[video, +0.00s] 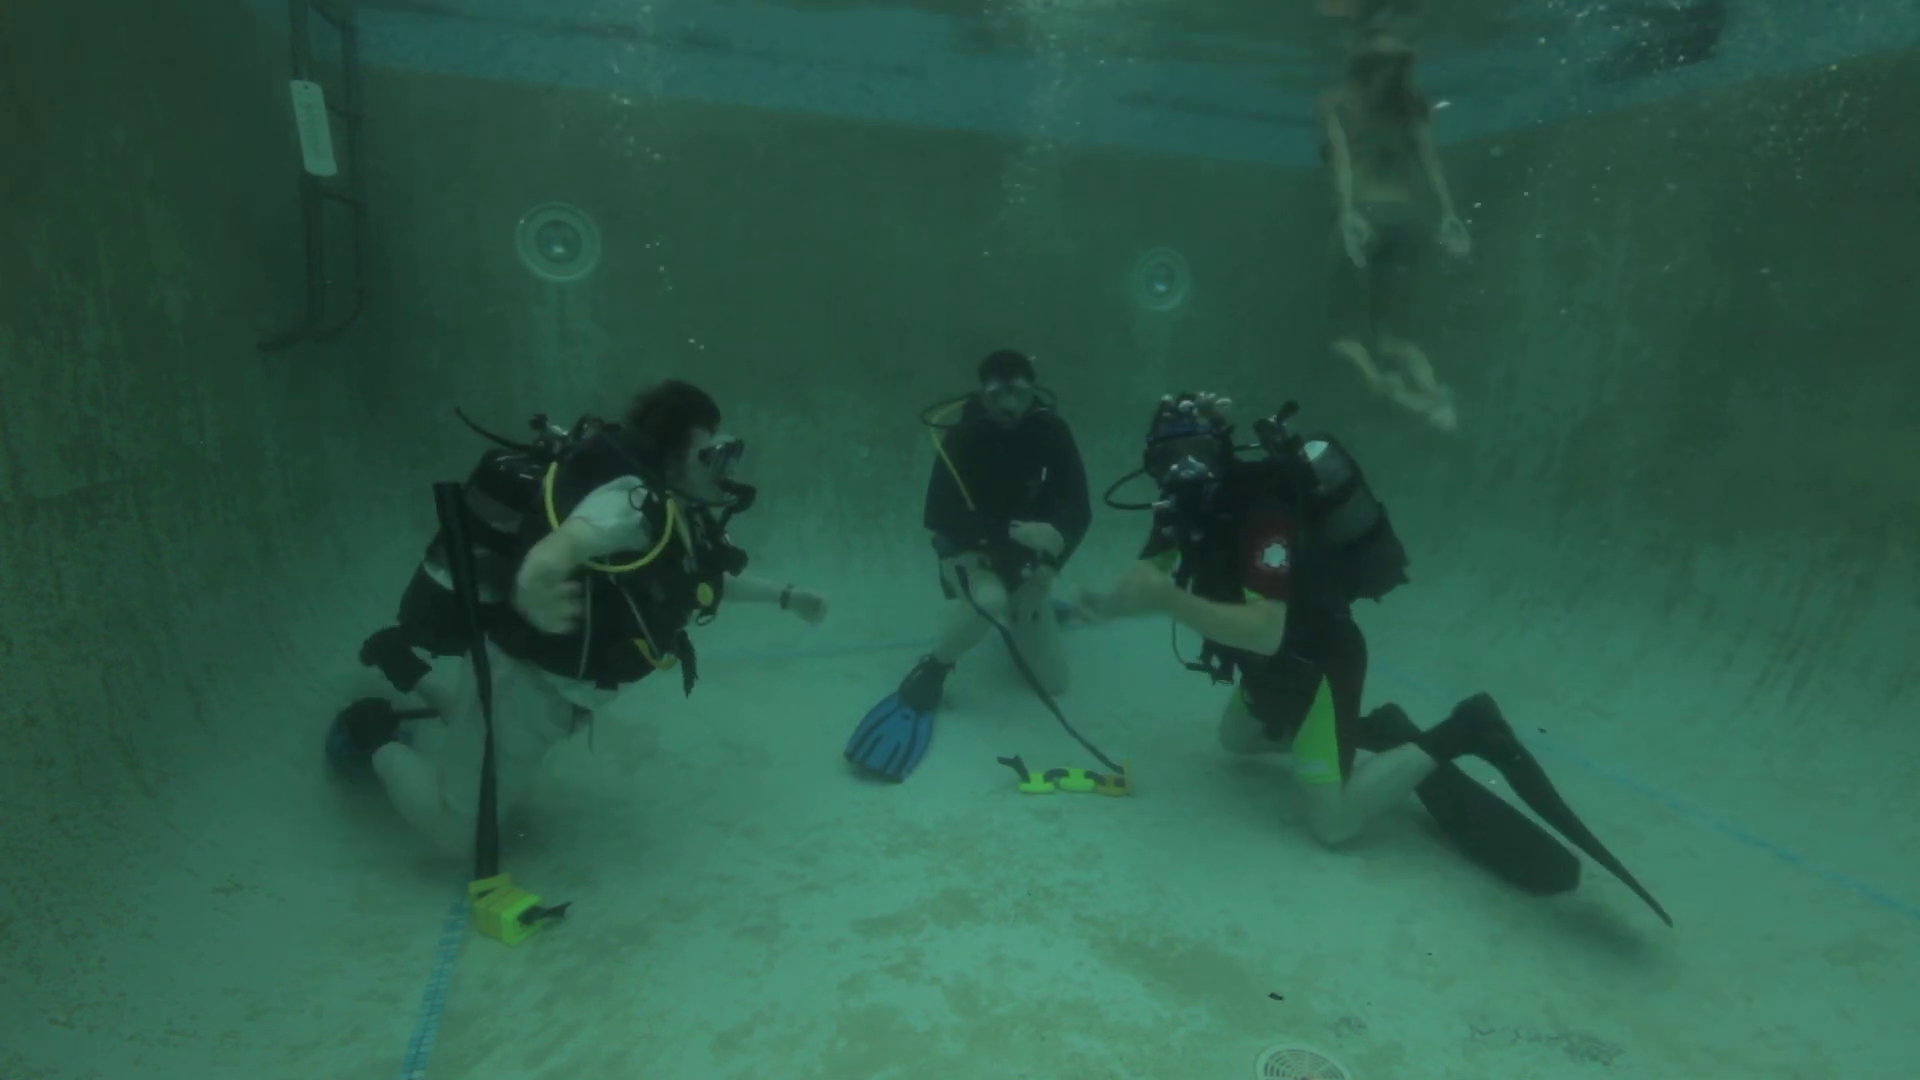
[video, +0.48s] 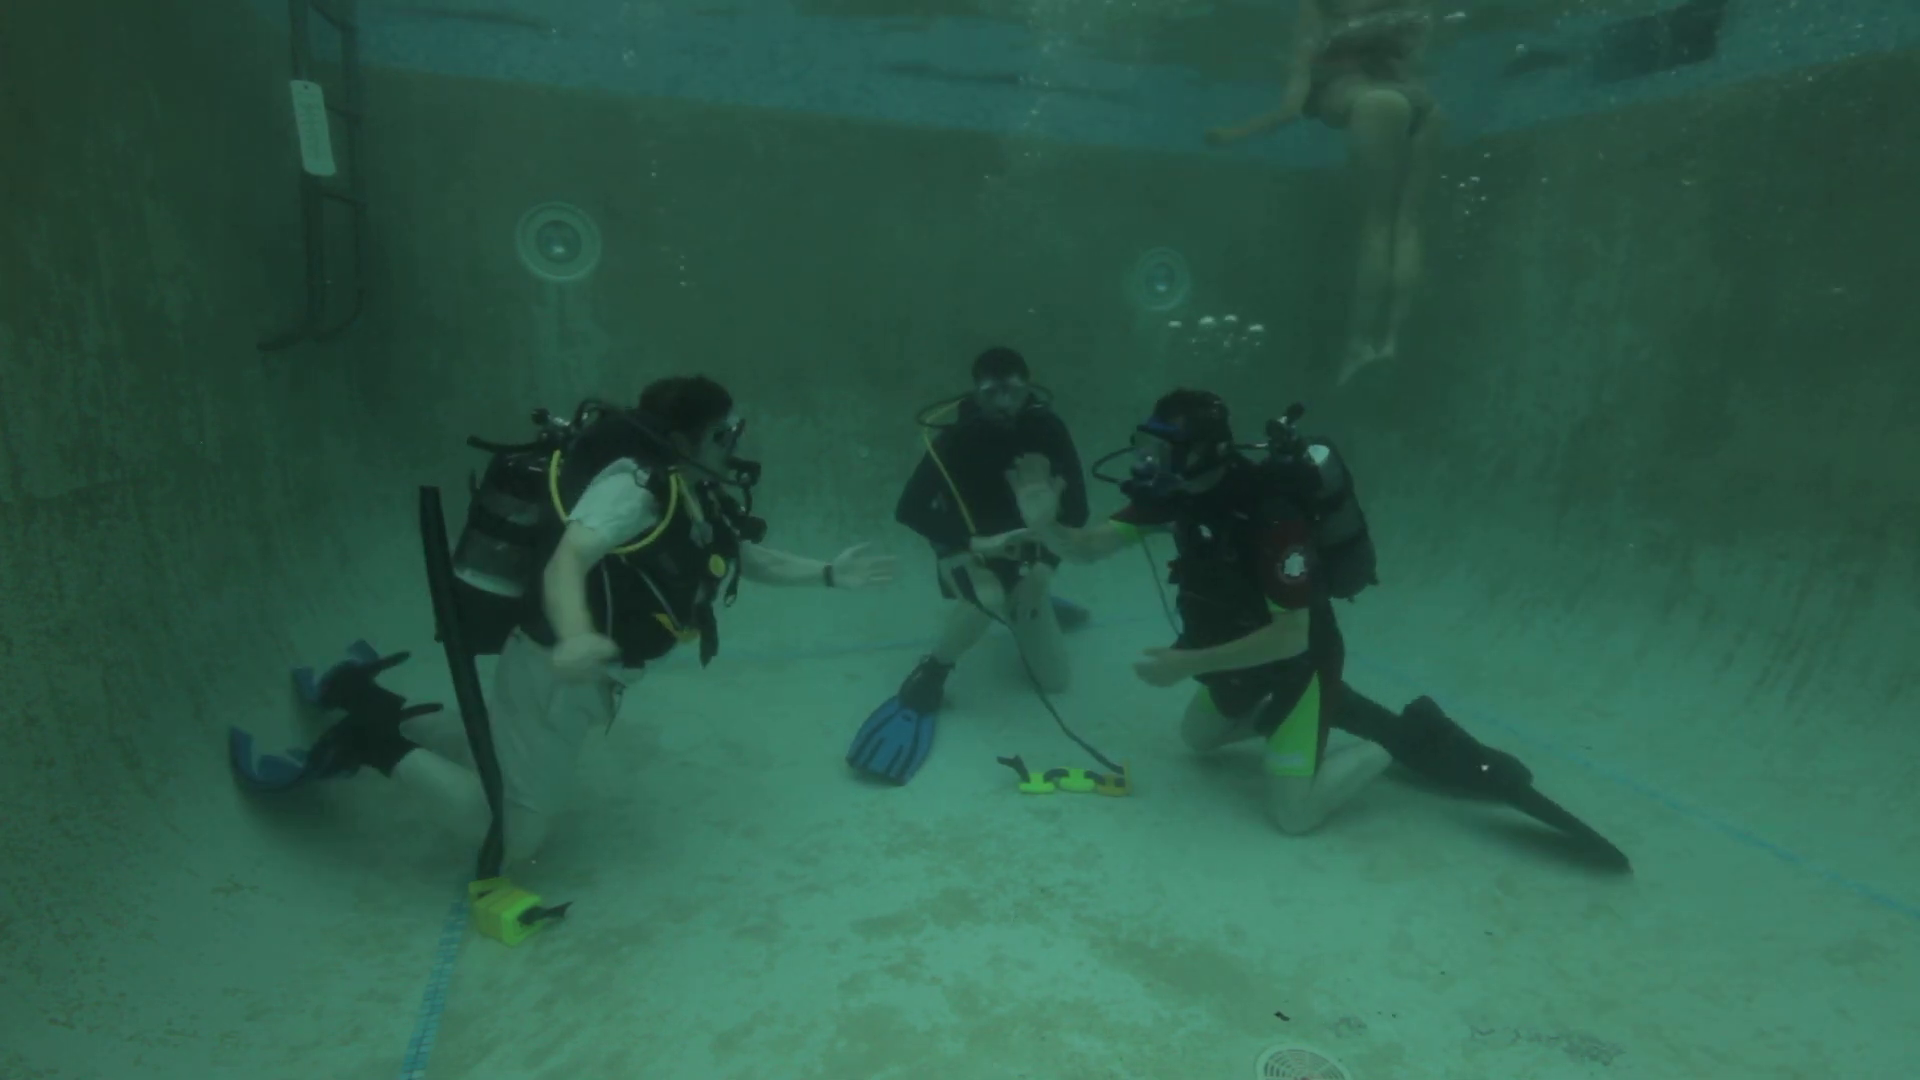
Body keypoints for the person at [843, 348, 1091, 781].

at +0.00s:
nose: (1008, 404)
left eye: (1017, 393)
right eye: (998, 394)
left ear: (1033, 393)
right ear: (982, 395)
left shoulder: (1051, 432)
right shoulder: (964, 436)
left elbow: (1076, 509)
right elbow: (939, 514)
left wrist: (1048, 567)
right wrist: (1010, 528)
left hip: (1029, 557)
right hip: (970, 552)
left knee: (1051, 681)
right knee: (990, 601)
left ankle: (1028, 608)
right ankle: (930, 674)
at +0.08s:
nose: (1008, 403)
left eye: (1017, 393)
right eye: (997, 394)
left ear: (1033, 393)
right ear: (981, 395)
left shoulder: (1050, 431)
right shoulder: (963, 435)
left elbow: (1075, 509)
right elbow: (936, 514)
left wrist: (1045, 567)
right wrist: (1007, 529)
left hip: (1029, 552)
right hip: (968, 549)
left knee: (1051, 681)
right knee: (990, 600)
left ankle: (1034, 604)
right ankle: (931, 673)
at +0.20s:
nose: (1006, 403)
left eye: (1015, 392)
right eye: (996, 393)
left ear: (1032, 392)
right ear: (981, 395)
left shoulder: (1050, 431)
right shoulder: (963, 436)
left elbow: (1075, 510)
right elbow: (930, 511)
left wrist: (1042, 565)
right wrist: (982, 544)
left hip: (1033, 553)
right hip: (966, 548)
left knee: (1051, 680)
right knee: (988, 599)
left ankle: (1035, 606)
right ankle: (930, 675)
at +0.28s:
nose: (1006, 403)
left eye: (1015, 393)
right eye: (996, 393)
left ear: (1031, 393)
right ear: (979, 395)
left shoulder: (1050, 432)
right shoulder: (963, 437)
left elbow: (1074, 510)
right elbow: (924, 510)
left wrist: (1045, 568)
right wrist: (976, 546)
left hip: (1030, 551)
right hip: (964, 546)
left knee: (1052, 680)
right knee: (987, 600)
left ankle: (1035, 606)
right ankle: (930, 676)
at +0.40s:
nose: (1004, 402)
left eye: (1014, 392)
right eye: (994, 392)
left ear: (1029, 392)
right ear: (978, 393)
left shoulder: (1047, 431)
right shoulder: (959, 436)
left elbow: (1075, 505)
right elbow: (914, 508)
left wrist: (1045, 567)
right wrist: (980, 540)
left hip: (1032, 552)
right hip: (965, 550)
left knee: (1053, 679)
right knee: (987, 598)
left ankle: (1035, 602)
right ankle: (929, 677)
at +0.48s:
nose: (1004, 400)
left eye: (1013, 390)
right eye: (992, 391)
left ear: (1028, 389)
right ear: (976, 392)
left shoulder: (1047, 430)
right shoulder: (957, 439)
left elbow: (1074, 504)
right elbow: (909, 508)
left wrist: (1046, 564)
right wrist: (970, 542)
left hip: (1029, 551)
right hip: (965, 553)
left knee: (1054, 679)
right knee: (987, 598)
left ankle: (1036, 610)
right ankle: (933, 672)